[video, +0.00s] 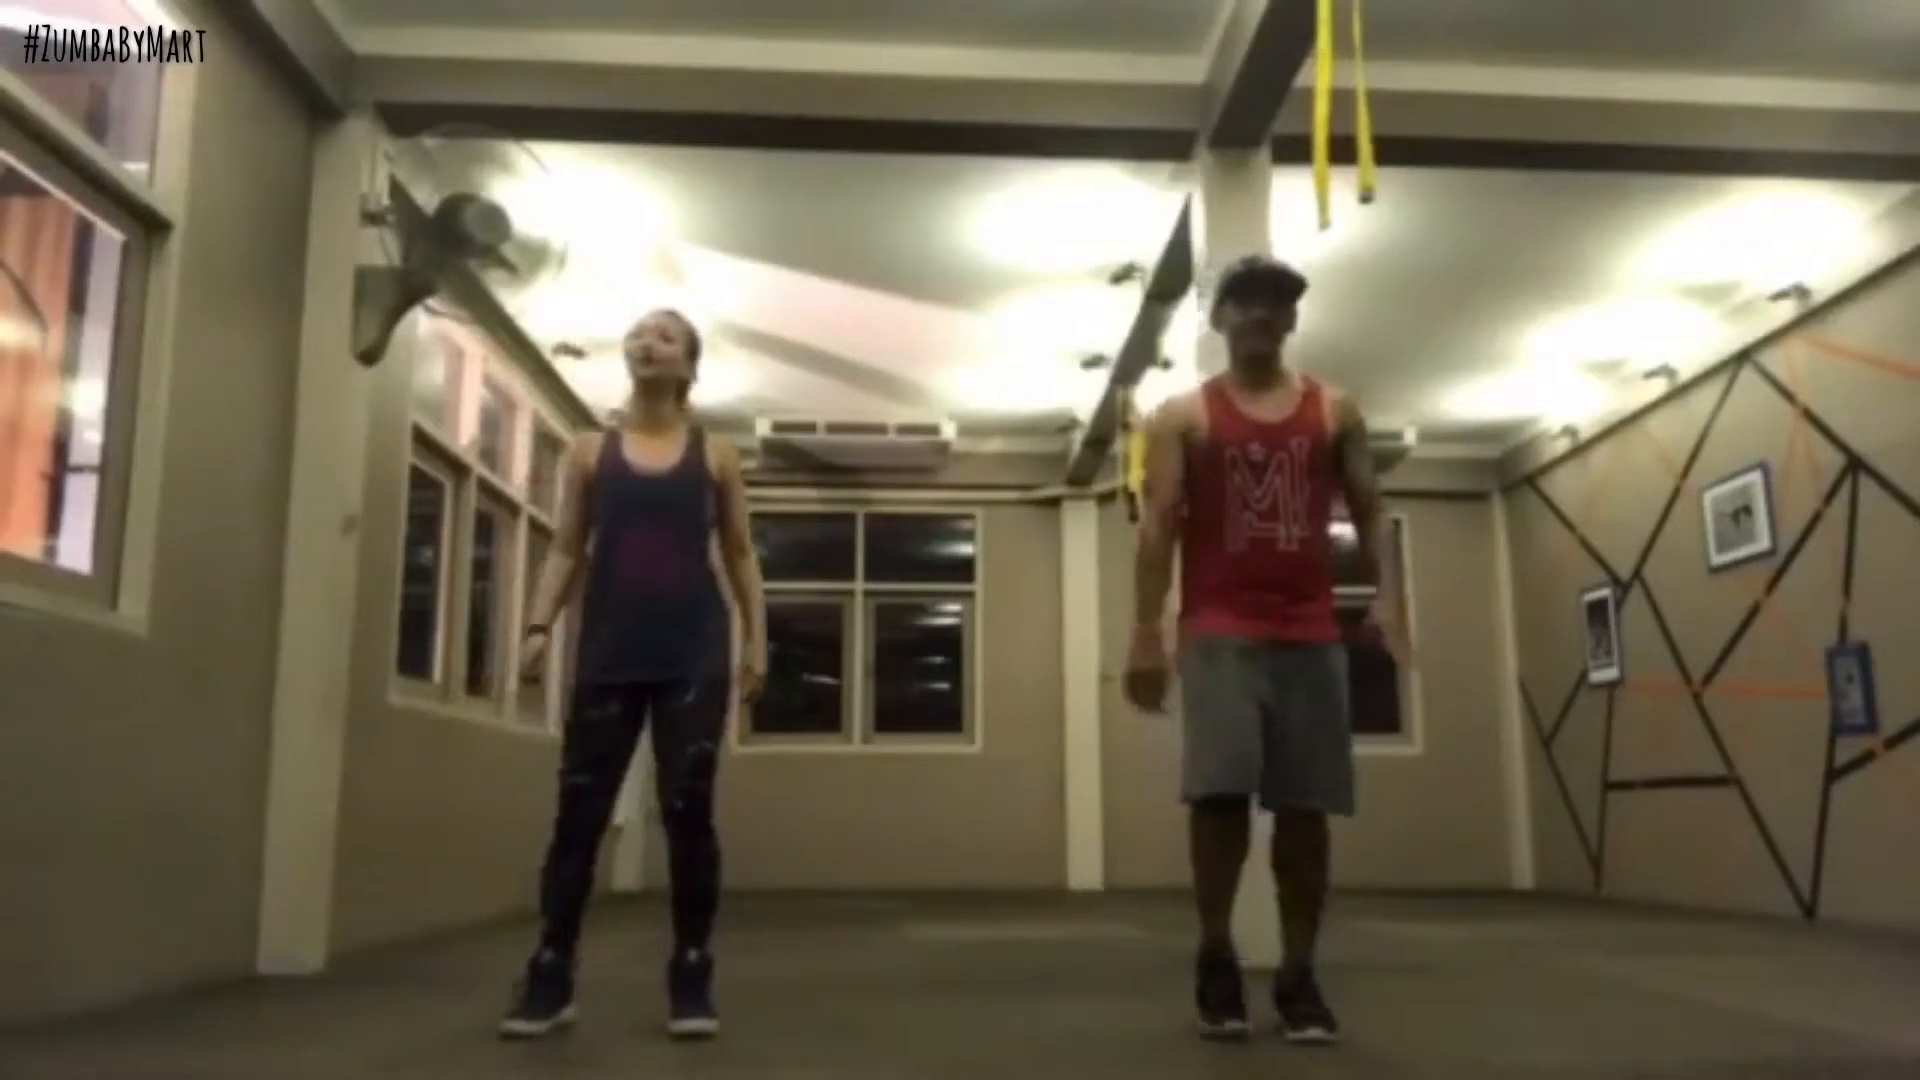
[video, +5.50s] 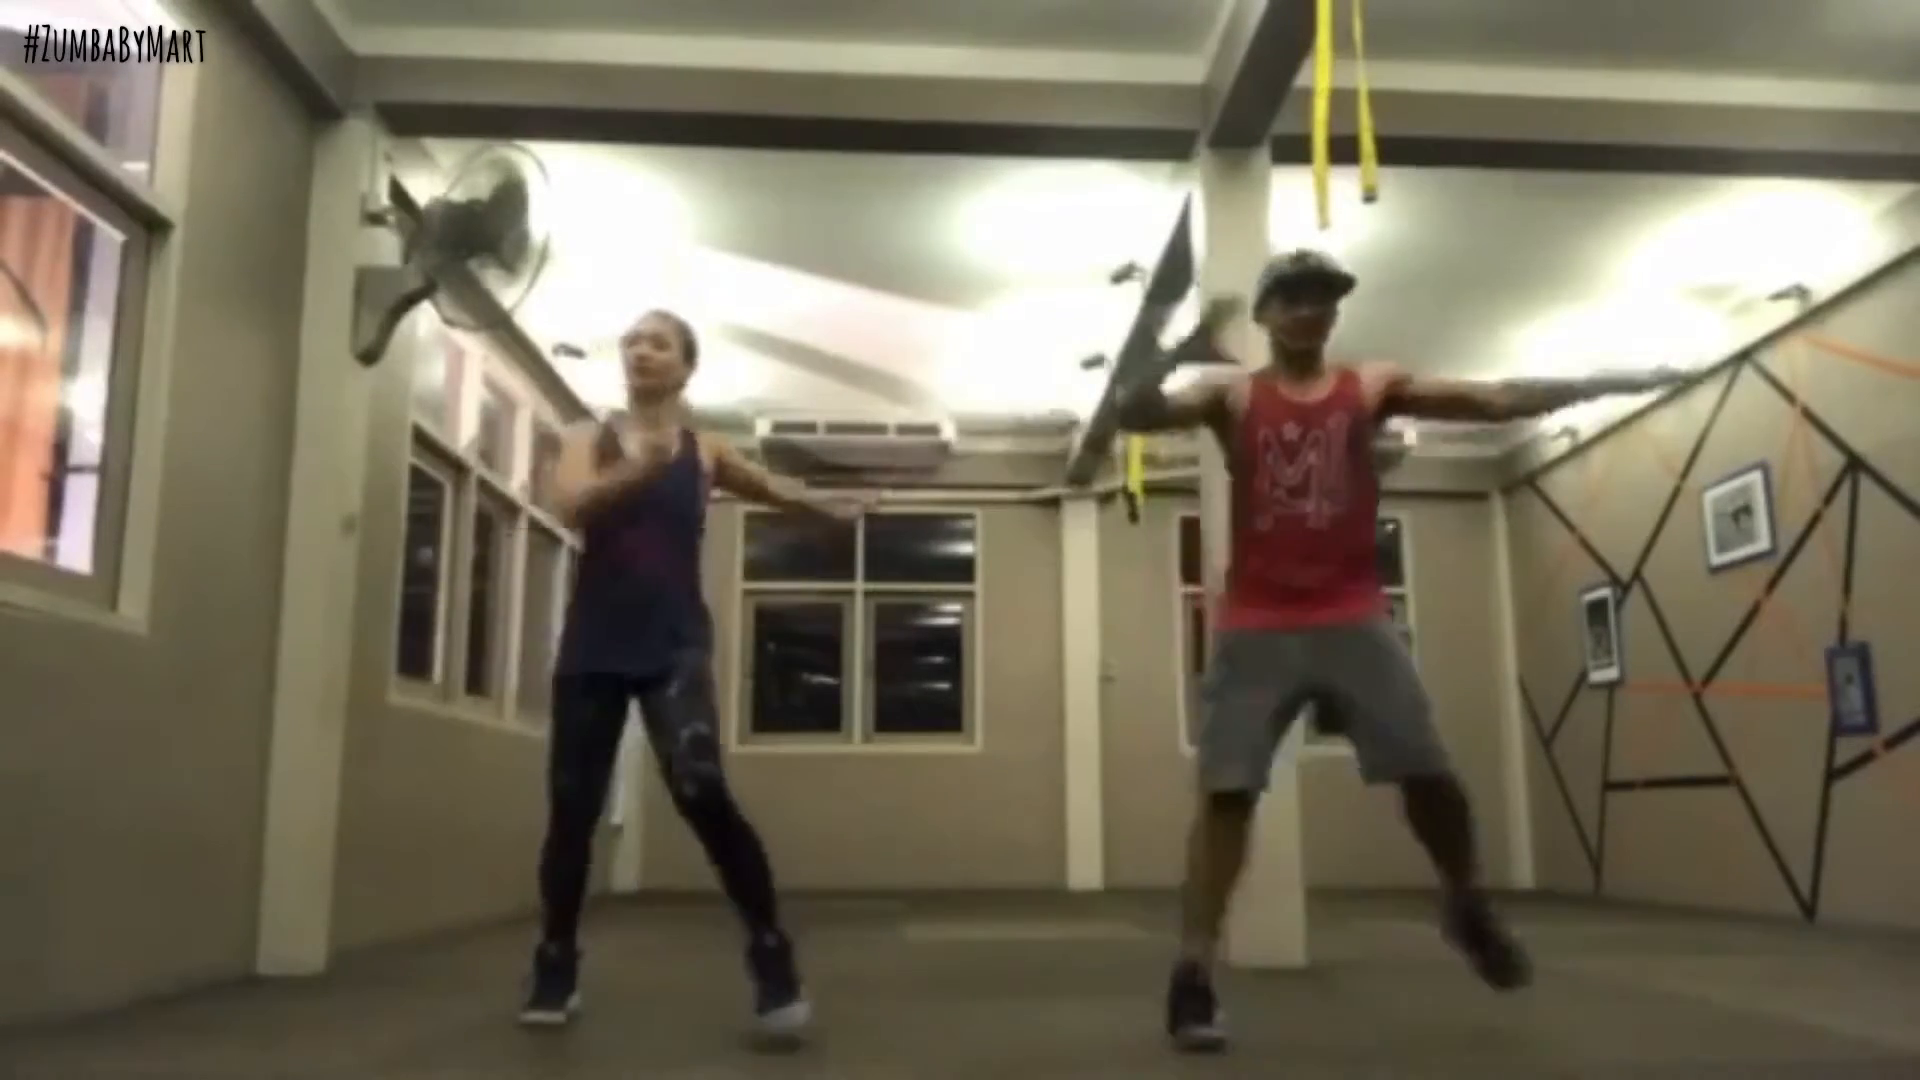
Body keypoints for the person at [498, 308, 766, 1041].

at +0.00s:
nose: (649, 344)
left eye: (666, 336)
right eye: (641, 335)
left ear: (691, 363)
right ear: (626, 355)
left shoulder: (715, 456)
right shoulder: (591, 452)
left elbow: (738, 553)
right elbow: (568, 548)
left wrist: (755, 639)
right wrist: (539, 624)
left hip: (694, 658)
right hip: (607, 657)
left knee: (689, 817)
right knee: (578, 818)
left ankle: (692, 982)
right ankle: (548, 980)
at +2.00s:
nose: (631, 345)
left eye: (647, 336)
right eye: (621, 336)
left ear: (673, 359)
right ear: (606, 357)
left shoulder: (700, 448)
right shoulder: (583, 451)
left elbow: (735, 548)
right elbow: (559, 550)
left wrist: (752, 636)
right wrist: (531, 634)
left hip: (683, 655)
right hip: (597, 655)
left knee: (668, 812)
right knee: (577, 801)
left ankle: (654, 969)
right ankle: (586, 953)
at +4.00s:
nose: (632, 355)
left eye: (647, 346)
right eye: (622, 345)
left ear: (673, 365)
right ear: (608, 364)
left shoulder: (697, 451)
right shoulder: (582, 452)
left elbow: (727, 544)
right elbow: (561, 553)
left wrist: (747, 617)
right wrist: (546, 640)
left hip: (672, 654)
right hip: (590, 652)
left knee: (663, 811)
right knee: (576, 795)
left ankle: (652, 966)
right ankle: (570, 927)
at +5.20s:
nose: (617, 371)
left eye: (633, 361)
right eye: (607, 360)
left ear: (658, 382)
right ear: (591, 376)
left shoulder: (680, 465)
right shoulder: (562, 465)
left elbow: (732, 552)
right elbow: (516, 557)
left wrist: (750, 588)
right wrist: (466, 631)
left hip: (654, 665)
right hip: (573, 663)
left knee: (646, 817)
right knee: (560, 822)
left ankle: (653, 969)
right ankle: (556, 973)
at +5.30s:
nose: (621, 362)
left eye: (637, 353)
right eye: (610, 352)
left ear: (663, 374)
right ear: (595, 371)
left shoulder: (687, 457)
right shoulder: (565, 455)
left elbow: (762, 508)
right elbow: (500, 528)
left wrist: (827, 523)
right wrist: (437, 559)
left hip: (656, 655)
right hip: (573, 655)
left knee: (664, 792)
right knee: (561, 812)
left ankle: (680, 932)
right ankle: (557, 964)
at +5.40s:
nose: (630, 352)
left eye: (646, 344)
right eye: (620, 342)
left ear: (673, 366)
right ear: (605, 359)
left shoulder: (695, 450)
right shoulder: (577, 443)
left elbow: (785, 483)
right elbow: (518, 517)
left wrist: (864, 496)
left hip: (661, 643)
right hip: (579, 644)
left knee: (681, 780)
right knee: (564, 808)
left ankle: (729, 946)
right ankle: (553, 968)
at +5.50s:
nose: (641, 352)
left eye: (659, 344)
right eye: (634, 342)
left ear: (687, 367)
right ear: (621, 359)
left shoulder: (702, 450)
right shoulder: (589, 438)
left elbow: (771, 491)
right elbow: (570, 503)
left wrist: (832, 508)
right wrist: (642, 470)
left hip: (673, 647)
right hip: (593, 646)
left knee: (701, 793)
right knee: (571, 811)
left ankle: (773, 963)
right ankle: (554, 966)